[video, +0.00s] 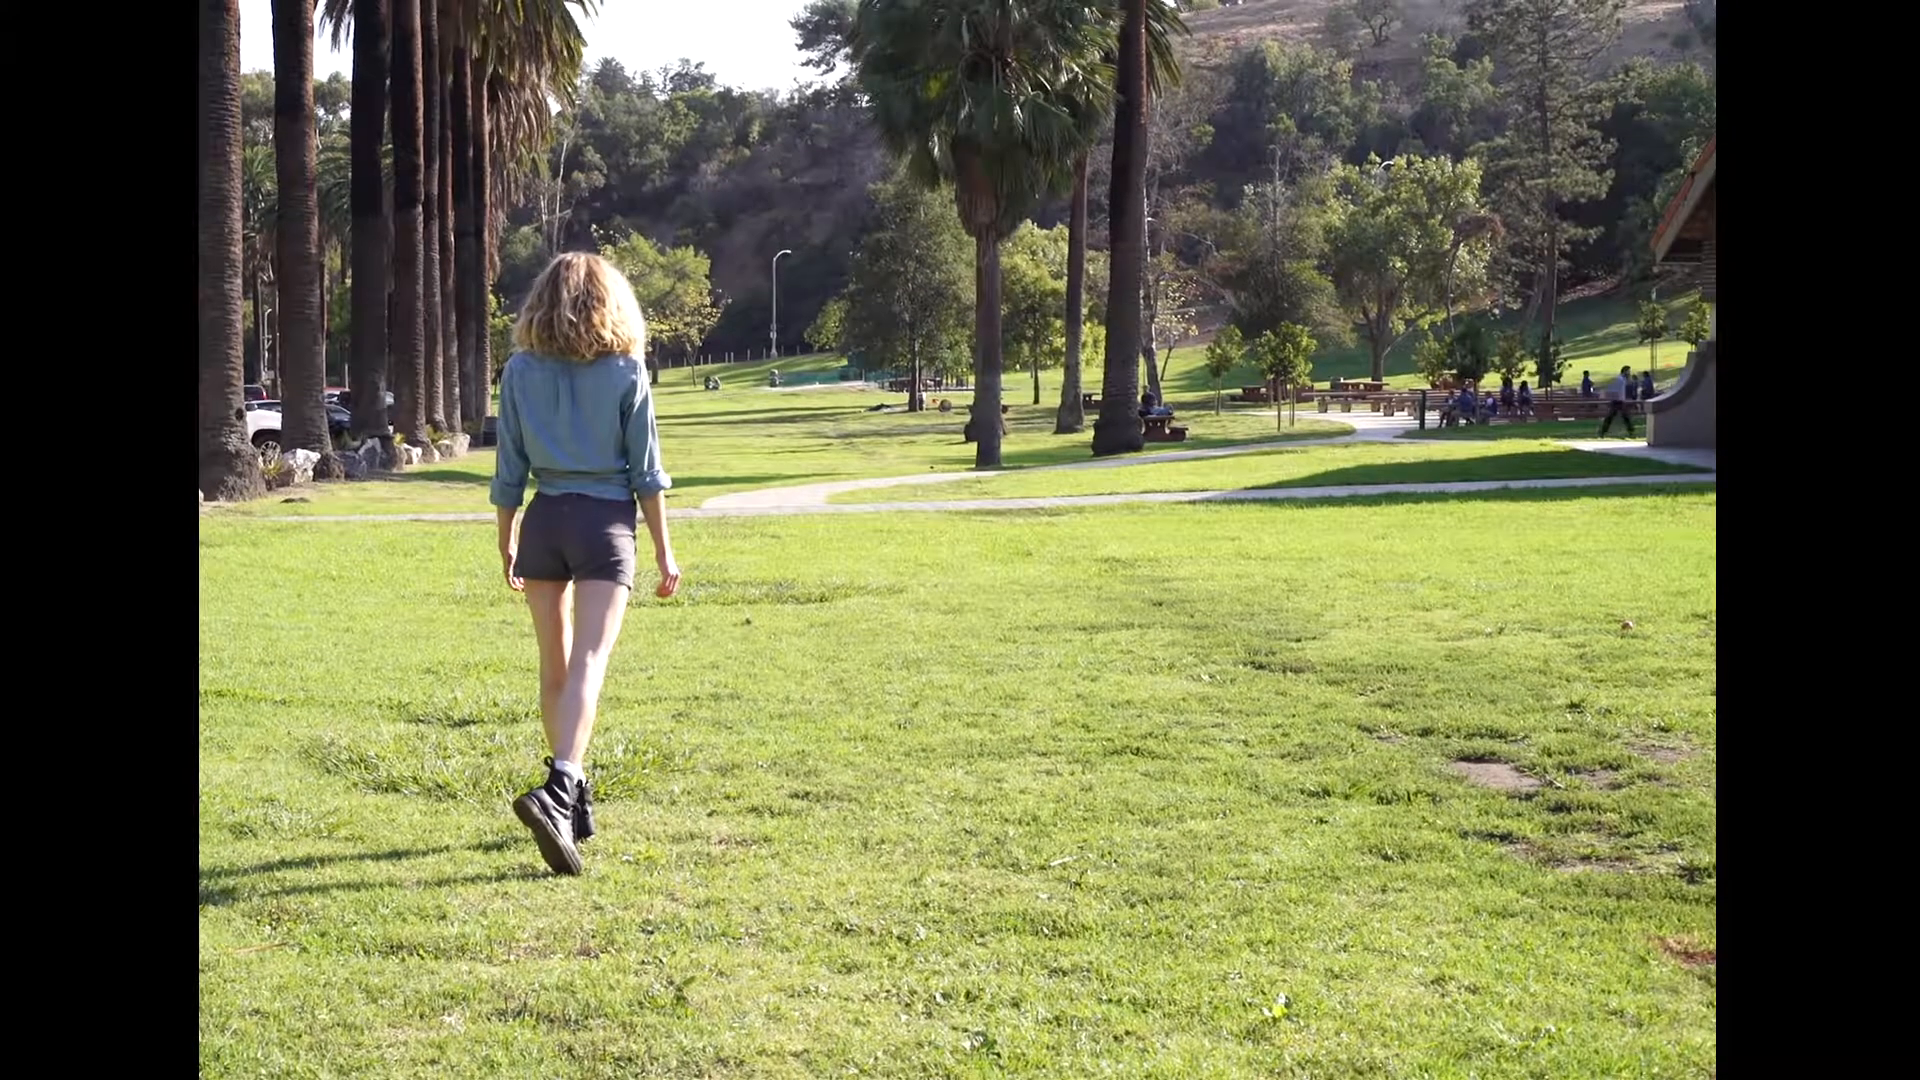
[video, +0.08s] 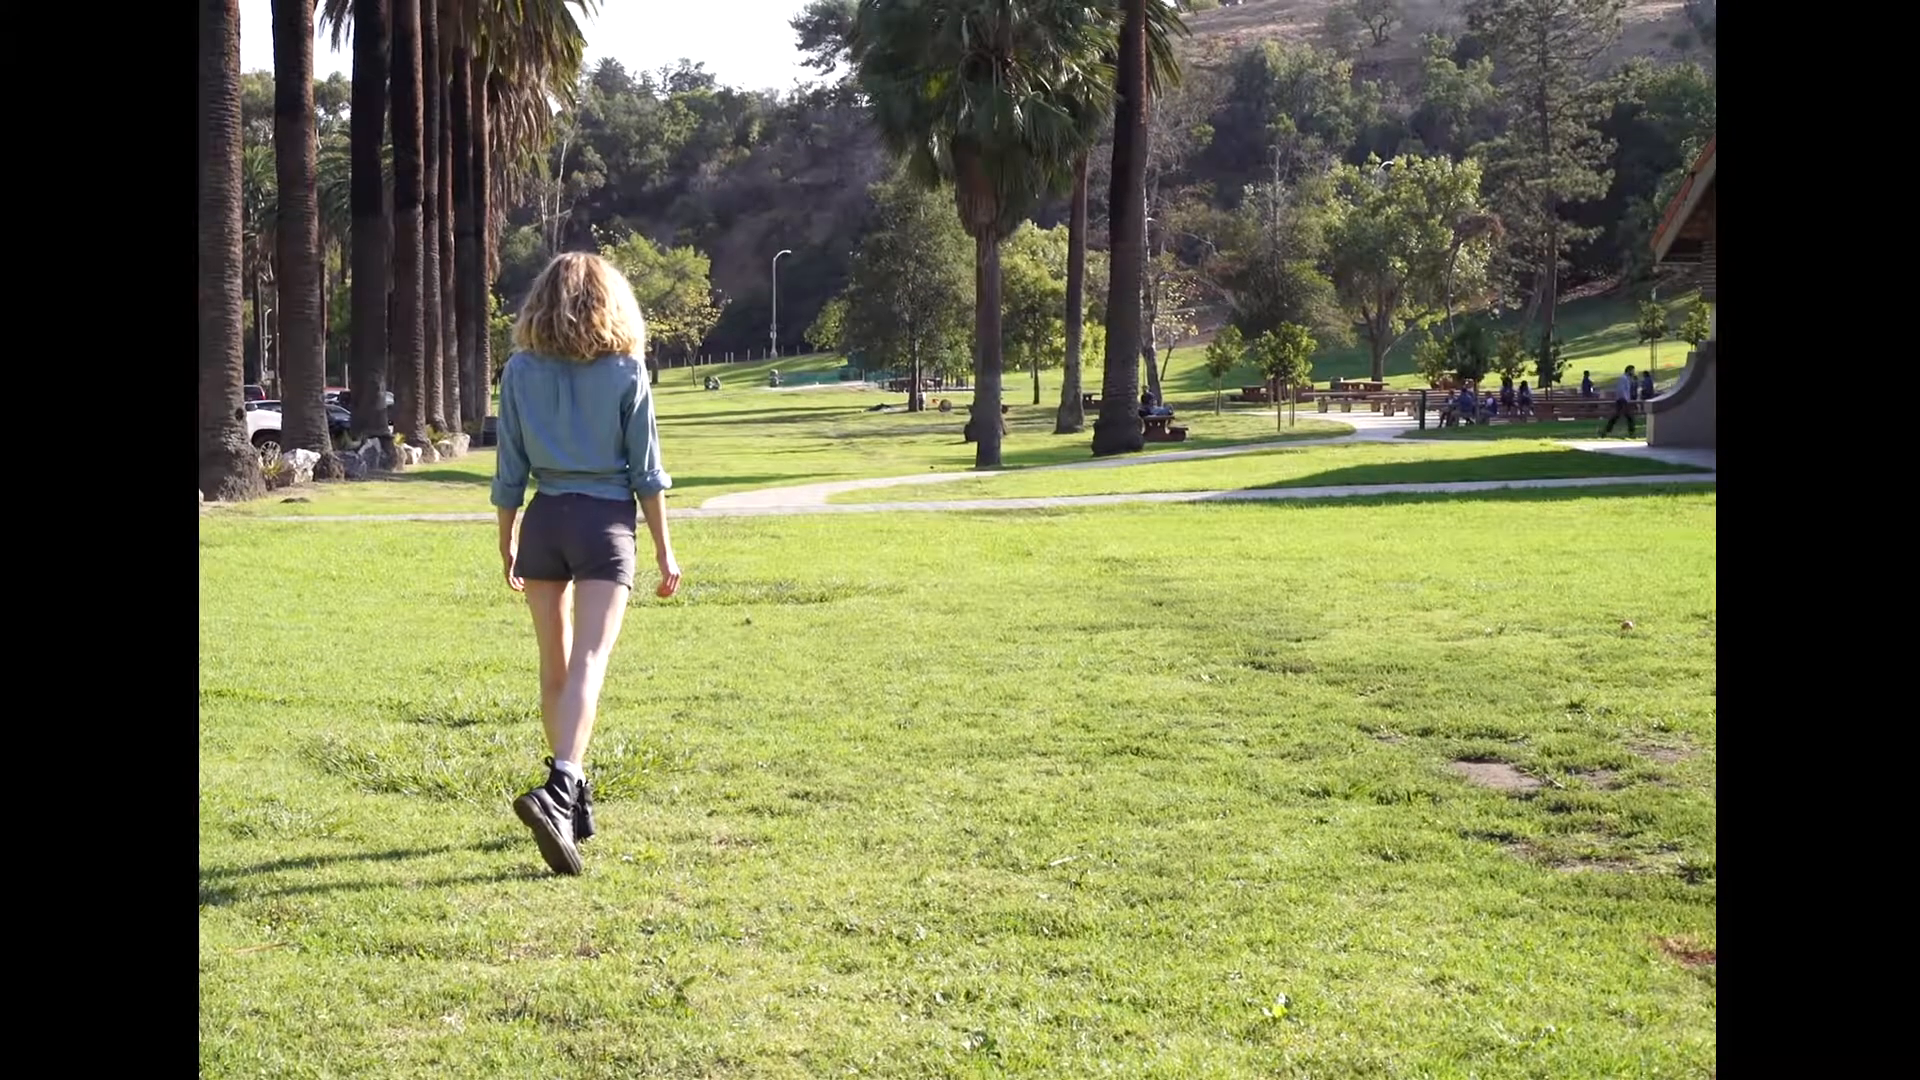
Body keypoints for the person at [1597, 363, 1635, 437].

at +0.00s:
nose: (1629, 373)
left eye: (1629, 371)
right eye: (1628, 371)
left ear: (1623, 371)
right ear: (1625, 371)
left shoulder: (1622, 380)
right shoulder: (1621, 380)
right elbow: (1620, 391)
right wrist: (1622, 399)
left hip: (1617, 400)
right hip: (1619, 400)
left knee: (1610, 416)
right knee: (1625, 416)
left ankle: (1602, 432)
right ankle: (1631, 432)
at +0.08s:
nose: (1633, 372)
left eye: (1633, 371)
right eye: (1632, 370)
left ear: (1628, 370)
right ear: (1629, 371)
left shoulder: (1628, 379)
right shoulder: (1624, 379)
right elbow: (1622, 390)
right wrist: (1626, 399)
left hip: (1625, 400)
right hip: (1622, 400)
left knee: (1616, 416)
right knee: (1630, 416)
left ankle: (1605, 431)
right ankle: (1631, 433)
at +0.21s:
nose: (1637, 371)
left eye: (1637, 369)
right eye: (1636, 369)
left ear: (1632, 369)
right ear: (1633, 369)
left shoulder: (1629, 376)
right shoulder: (1629, 377)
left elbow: (1620, 385)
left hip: (1627, 399)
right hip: (1627, 399)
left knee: (1627, 415)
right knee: (1630, 416)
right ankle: (1632, 433)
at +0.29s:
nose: (1639, 370)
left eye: (1639, 368)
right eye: (1639, 368)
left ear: (1633, 367)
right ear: (1637, 368)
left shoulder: (1629, 375)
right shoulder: (1634, 376)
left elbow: (1626, 386)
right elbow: (1632, 387)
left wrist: (1627, 395)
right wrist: (1630, 396)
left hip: (1627, 398)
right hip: (1631, 399)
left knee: (1630, 417)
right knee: (1632, 417)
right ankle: (1632, 433)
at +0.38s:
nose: (1641, 369)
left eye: (1641, 368)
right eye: (1640, 368)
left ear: (1635, 368)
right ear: (1638, 368)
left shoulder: (1630, 375)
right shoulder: (1634, 376)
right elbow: (1634, 390)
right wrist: (1639, 399)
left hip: (1629, 397)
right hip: (1633, 398)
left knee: (1634, 414)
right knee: (1635, 414)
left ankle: (1631, 430)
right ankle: (1632, 432)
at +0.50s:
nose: (1645, 369)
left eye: (1645, 367)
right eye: (1644, 367)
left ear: (1638, 368)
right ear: (1641, 368)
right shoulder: (1637, 376)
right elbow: (1637, 389)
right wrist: (1641, 397)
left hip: (1632, 398)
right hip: (1636, 398)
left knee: (1634, 415)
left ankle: (1633, 430)